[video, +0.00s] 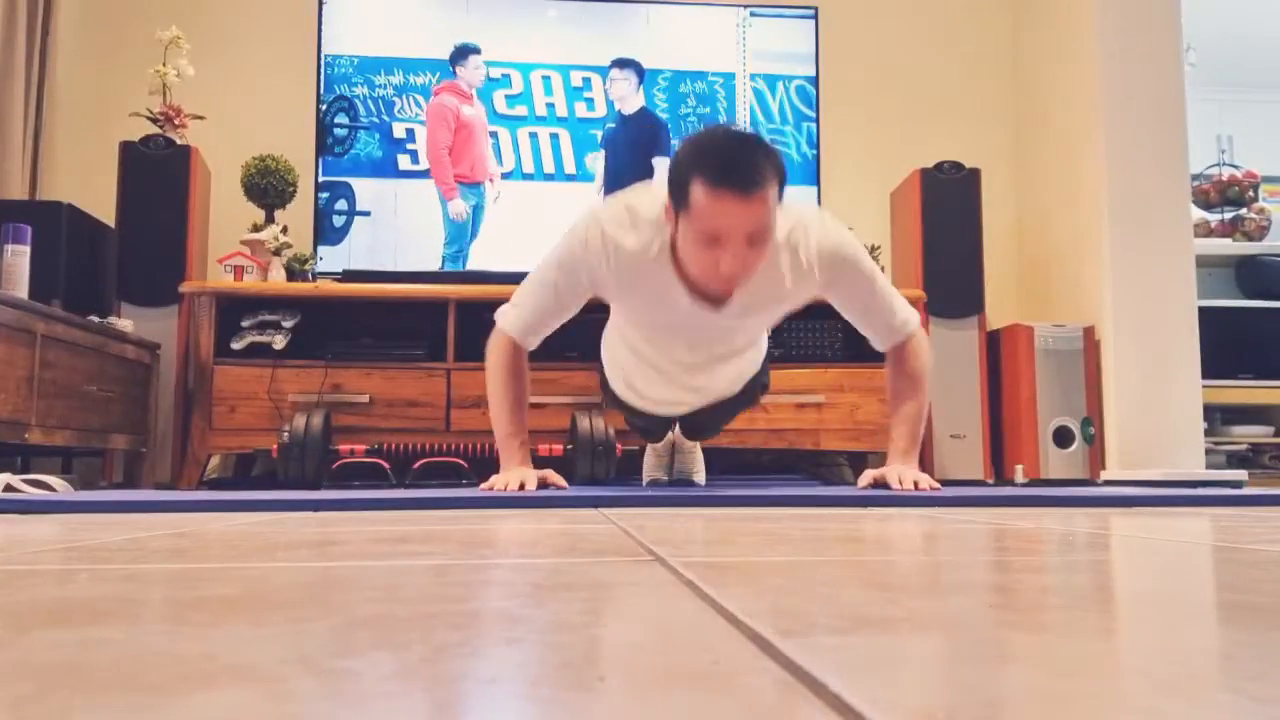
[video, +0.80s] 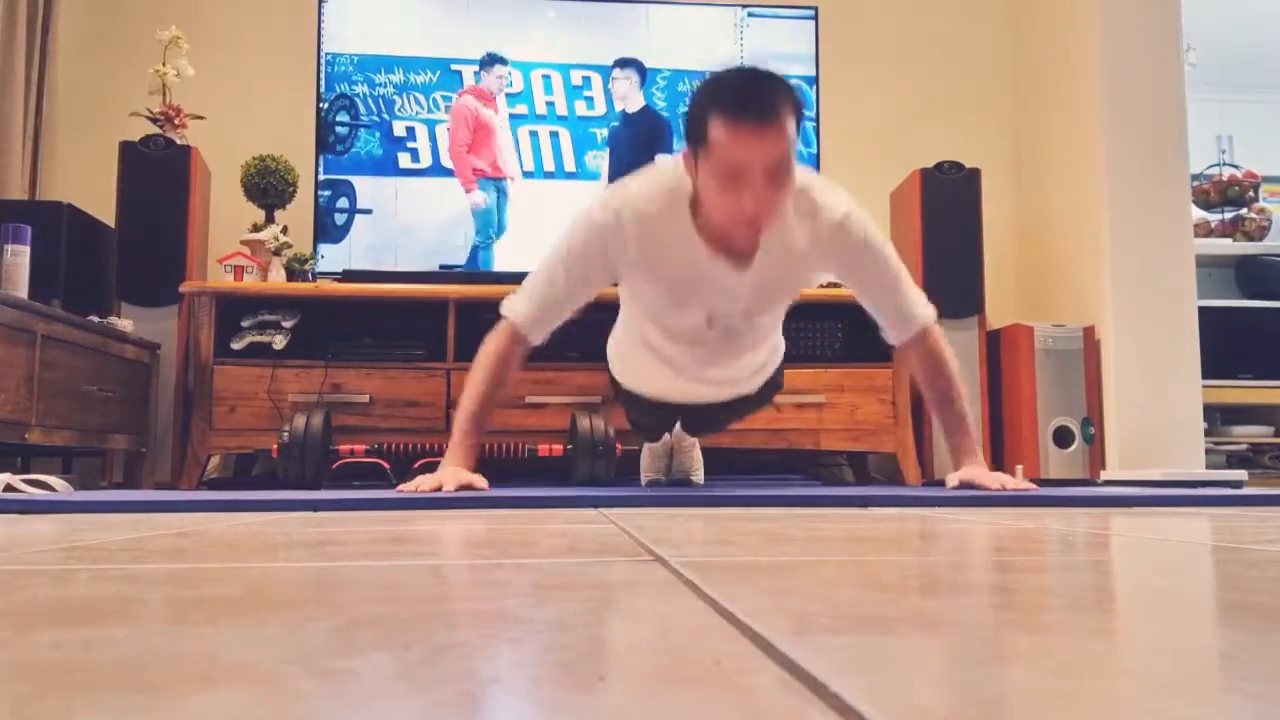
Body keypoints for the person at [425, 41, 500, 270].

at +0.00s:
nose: (483, 72)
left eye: (483, 67)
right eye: (477, 67)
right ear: (459, 70)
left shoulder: (475, 103)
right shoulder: (443, 103)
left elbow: (483, 144)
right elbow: (437, 153)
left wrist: (493, 172)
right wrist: (452, 197)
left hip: (478, 186)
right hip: (458, 187)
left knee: (465, 247)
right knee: (455, 250)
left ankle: (454, 295)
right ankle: (448, 297)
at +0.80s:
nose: (504, 83)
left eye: (506, 77)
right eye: (499, 77)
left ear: (507, 77)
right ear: (483, 75)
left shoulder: (496, 105)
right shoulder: (466, 105)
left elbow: (501, 144)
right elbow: (457, 150)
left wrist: (509, 172)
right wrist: (471, 188)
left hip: (500, 178)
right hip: (481, 179)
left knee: (499, 229)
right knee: (486, 235)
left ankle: (468, 272)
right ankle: (486, 285)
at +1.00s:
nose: (508, 81)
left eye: (510, 75)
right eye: (502, 75)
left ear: (511, 76)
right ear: (487, 74)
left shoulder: (508, 104)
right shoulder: (470, 105)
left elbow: (517, 140)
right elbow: (466, 150)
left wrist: (526, 165)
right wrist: (488, 186)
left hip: (511, 179)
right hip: (486, 181)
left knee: (523, 222)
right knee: (487, 235)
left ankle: (510, 274)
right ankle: (487, 284)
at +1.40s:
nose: (531, 81)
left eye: (535, 76)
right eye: (526, 75)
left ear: (539, 76)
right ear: (514, 73)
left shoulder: (544, 107)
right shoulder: (496, 103)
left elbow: (555, 144)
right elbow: (477, 139)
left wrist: (555, 177)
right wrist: (470, 176)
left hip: (535, 179)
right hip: (503, 178)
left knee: (539, 230)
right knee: (497, 230)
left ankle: (541, 277)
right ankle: (489, 278)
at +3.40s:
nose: (530, 68)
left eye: (532, 64)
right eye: (525, 63)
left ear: (534, 65)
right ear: (509, 63)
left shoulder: (539, 95)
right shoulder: (491, 95)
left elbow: (562, 127)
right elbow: (475, 132)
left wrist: (549, 129)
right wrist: (471, 169)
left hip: (535, 170)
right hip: (504, 170)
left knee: (532, 224)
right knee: (500, 224)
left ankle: (535, 271)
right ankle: (491, 270)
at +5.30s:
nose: (535, 62)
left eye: (537, 58)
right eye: (530, 58)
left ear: (538, 59)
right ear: (516, 59)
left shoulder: (542, 87)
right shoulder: (500, 89)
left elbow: (560, 102)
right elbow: (490, 125)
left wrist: (580, 107)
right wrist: (523, 138)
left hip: (539, 160)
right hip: (512, 160)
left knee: (540, 211)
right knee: (508, 210)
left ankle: (544, 257)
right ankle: (502, 255)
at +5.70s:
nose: (526, 58)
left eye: (527, 54)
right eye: (520, 55)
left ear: (528, 55)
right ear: (506, 58)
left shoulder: (534, 86)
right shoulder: (493, 87)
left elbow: (549, 114)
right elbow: (478, 119)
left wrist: (552, 115)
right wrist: (506, 137)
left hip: (536, 157)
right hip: (508, 158)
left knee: (538, 209)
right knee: (507, 209)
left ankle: (546, 257)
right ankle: (504, 256)